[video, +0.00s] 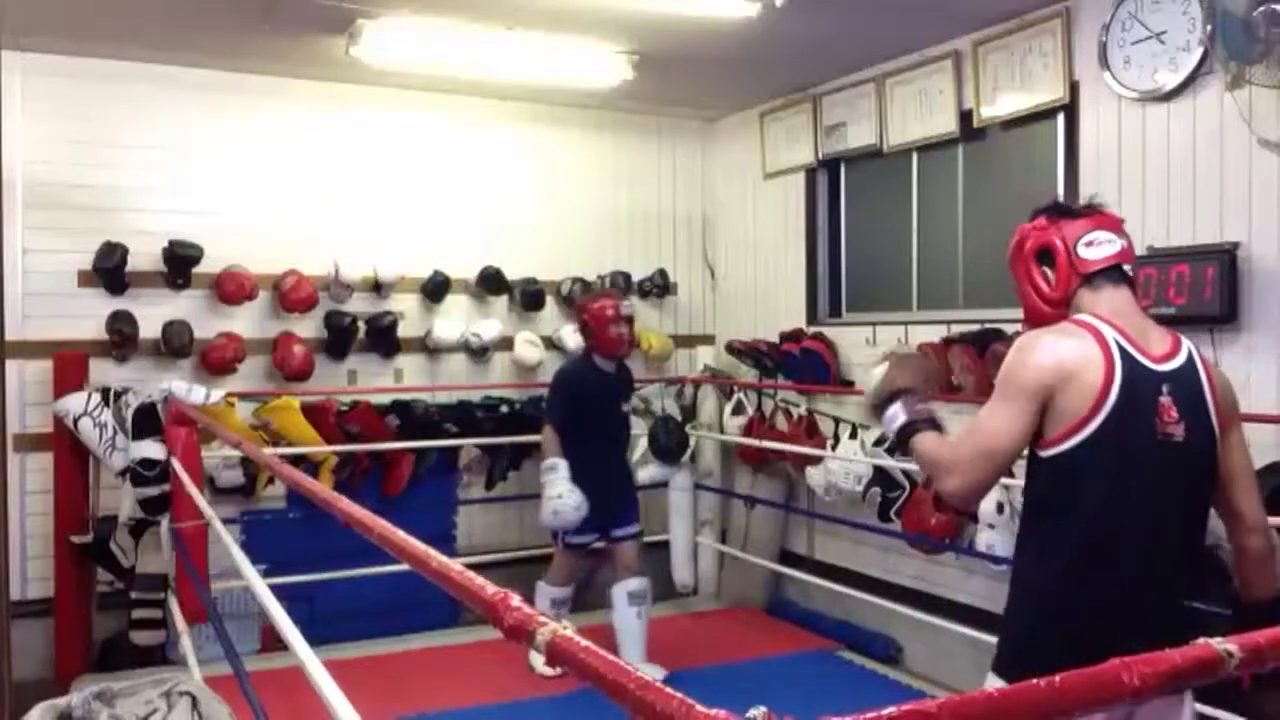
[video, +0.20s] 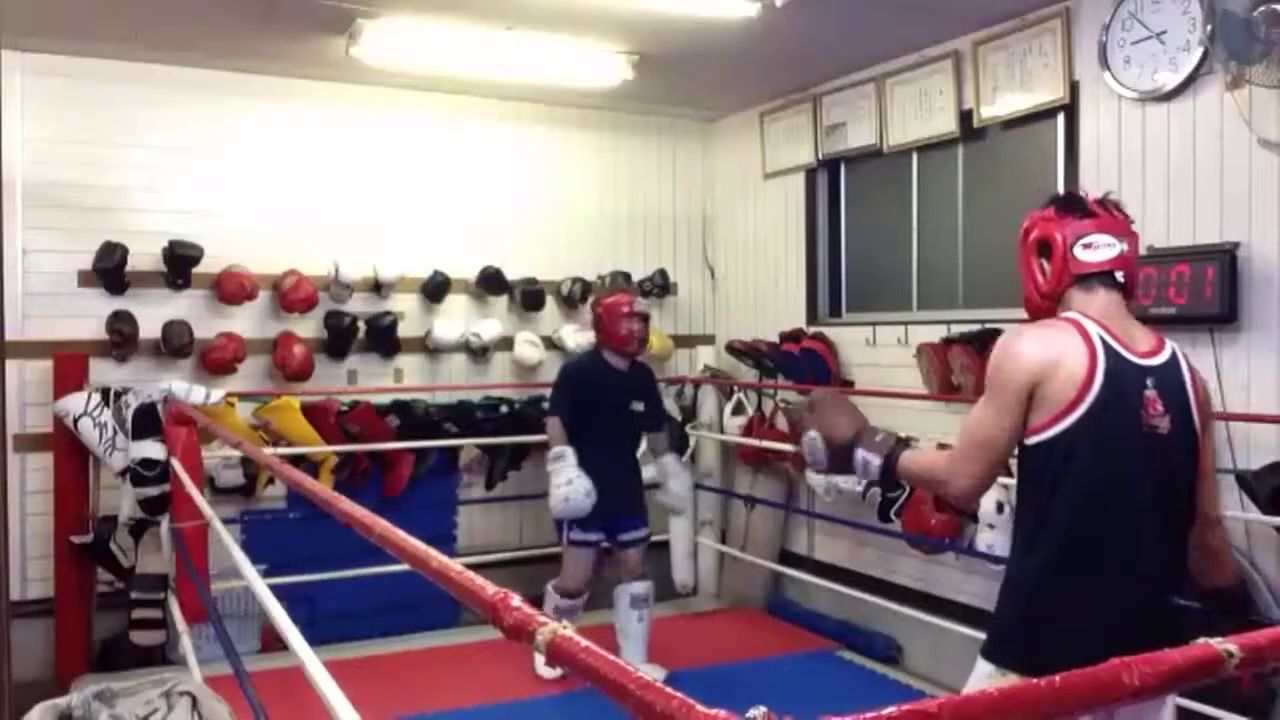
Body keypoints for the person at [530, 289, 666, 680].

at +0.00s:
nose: (622, 331)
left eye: (623, 322)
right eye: (612, 324)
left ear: (626, 326)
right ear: (591, 330)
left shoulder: (622, 375)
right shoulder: (571, 376)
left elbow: (613, 425)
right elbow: (550, 431)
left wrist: (622, 466)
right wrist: (556, 481)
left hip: (618, 478)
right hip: (580, 481)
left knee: (630, 564)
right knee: (566, 565)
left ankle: (634, 661)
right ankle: (542, 646)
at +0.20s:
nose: (637, 329)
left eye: (640, 320)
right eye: (629, 320)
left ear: (643, 325)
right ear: (606, 325)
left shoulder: (642, 375)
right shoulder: (578, 370)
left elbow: (656, 430)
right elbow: (555, 420)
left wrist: (669, 472)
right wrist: (564, 468)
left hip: (626, 479)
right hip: (583, 480)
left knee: (632, 566)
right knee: (576, 576)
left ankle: (634, 662)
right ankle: (550, 645)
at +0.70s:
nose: (579, 327)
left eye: (583, 318)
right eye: (568, 320)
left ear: (592, 323)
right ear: (547, 329)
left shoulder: (612, 371)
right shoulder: (531, 385)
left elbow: (641, 421)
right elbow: (520, 442)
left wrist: (660, 455)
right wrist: (537, 471)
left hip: (613, 499)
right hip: (560, 505)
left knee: (629, 586)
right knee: (553, 596)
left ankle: (634, 663)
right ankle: (542, 694)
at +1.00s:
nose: (536, 331)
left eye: (542, 321)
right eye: (524, 323)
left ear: (554, 325)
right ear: (504, 333)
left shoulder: (578, 371)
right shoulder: (493, 390)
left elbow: (601, 420)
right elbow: (481, 450)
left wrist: (608, 445)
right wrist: (508, 462)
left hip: (587, 504)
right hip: (533, 511)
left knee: (610, 598)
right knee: (540, 603)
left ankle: (608, 686)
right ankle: (541, 696)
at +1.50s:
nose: (538, 338)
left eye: (548, 329)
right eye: (528, 327)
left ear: (560, 337)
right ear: (506, 330)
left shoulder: (573, 390)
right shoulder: (476, 389)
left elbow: (593, 448)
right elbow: (457, 452)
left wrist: (587, 464)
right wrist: (498, 457)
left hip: (550, 526)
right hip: (492, 529)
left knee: (543, 631)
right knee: (501, 636)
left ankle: (544, 708)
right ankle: (527, 696)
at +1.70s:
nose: (545, 329)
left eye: (557, 322)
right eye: (537, 315)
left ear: (569, 332)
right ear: (514, 316)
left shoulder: (574, 388)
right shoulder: (473, 375)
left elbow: (593, 454)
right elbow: (442, 434)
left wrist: (605, 462)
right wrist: (457, 462)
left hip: (541, 531)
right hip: (477, 529)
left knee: (544, 646)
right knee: (450, 642)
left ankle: (543, 709)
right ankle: (507, 692)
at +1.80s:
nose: (541, 326)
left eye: (554, 318)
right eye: (532, 312)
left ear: (566, 329)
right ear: (509, 313)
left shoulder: (573, 386)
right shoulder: (469, 373)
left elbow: (590, 474)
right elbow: (431, 450)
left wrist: (607, 444)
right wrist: (431, 473)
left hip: (535, 534)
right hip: (468, 532)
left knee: (543, 647)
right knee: (426, 631)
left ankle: (542, 713)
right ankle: (452, 713)